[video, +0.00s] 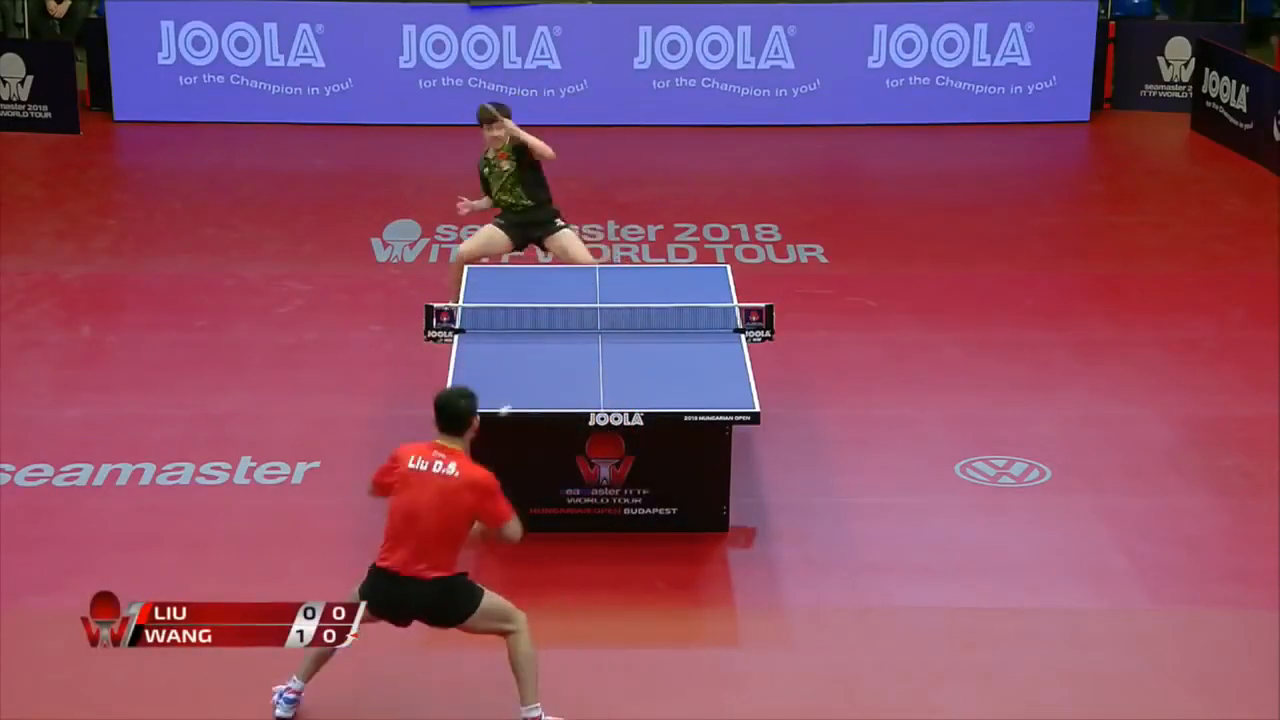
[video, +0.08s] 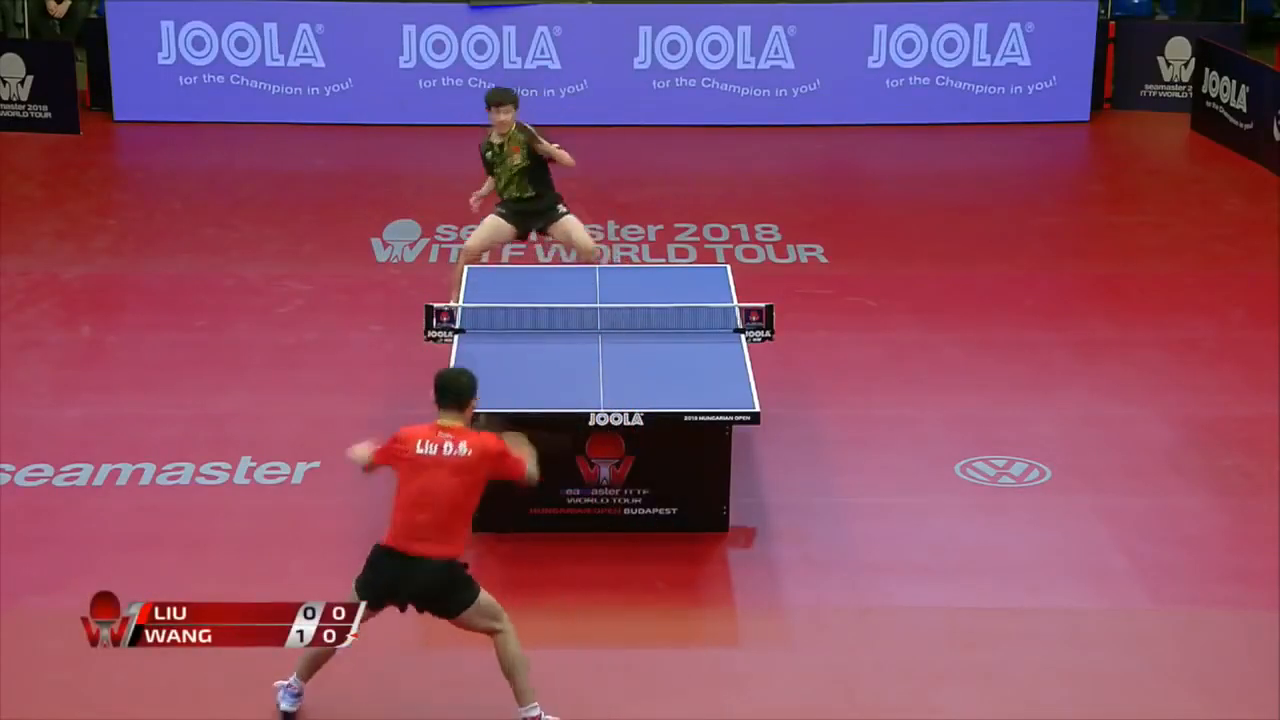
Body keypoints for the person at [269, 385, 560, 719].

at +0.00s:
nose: (476, 423)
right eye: (476, 417)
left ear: (435, 421)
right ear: (472, 424)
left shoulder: (405, 456)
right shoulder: (478, 478)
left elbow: (376, 489)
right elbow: (513, 532)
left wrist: (420, 485)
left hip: (385, 586)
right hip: (438, 592)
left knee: (343, 619)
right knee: (515, 622)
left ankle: (291, 690)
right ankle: (533, 713)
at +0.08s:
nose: (473, 402)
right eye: (473, 398)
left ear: (435, 399)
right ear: (471, 404)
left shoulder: (408, 438)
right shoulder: (487, 446)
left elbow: (369, 462)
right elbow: (529, 474)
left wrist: (361, 452)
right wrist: (523, 446)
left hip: (389, 563)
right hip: (439, 572)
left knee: (342, 622)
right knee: (499, 626)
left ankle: (292, 691)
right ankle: (530, 711)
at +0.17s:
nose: (471, 380)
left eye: (467, 374)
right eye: (471, 375)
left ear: (430, 375)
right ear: (465, 378)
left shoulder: (401, 420)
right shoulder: (480, 419)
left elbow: (364, 477)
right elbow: (529, 446)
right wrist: (557, 458)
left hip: (391, 538)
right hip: (440, 545)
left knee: (346, 626)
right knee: (488, 634)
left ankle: (307, 707)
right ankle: (533, 714)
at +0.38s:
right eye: (442, 376)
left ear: (404, 382)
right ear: (443, 381)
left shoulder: (388, 438)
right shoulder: (470, 433)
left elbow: (348, 494)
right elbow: (509, 481)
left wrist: (303, 530)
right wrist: (543, 515)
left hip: (395, 557)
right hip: (447, 561)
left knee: (356, 646)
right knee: (494, 650)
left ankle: (326, 715)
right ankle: (516, 715)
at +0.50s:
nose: (430, 387)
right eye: (429, 381)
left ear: (386, 381)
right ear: (424, 386)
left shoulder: (354, 434)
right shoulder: (441, 441)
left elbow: (327, 493)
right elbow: (463, 512)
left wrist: (295, 525)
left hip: (371, 560)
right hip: (424, 565)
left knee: (343, 652)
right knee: (476, 653)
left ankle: (323, 717)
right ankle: (506, 715)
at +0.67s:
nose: (419, 384)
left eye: (420, 377)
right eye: (420, 378)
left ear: (378, 375)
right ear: (413, 383)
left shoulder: (343, 425)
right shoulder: (420, 436)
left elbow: (325, 485)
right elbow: (431, 504)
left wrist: (324, 507)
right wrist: (454, 564)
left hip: (356, 555)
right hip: (408, 559)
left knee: (340, 650)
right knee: (454, 646)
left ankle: (322, 718)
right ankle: (476, 715)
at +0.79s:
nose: (424, 385)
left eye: (424, 378)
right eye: (424, 378)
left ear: (382, 375)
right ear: (414, 384)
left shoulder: (345, 420)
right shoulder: (415, 438)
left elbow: (334, 485)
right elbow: (422, 508)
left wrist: (372, 499)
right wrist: (443, 569)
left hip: (355, 555)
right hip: (404, 559)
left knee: (342, 649)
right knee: (448, 643)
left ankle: (321, 718)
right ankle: (455, 716)